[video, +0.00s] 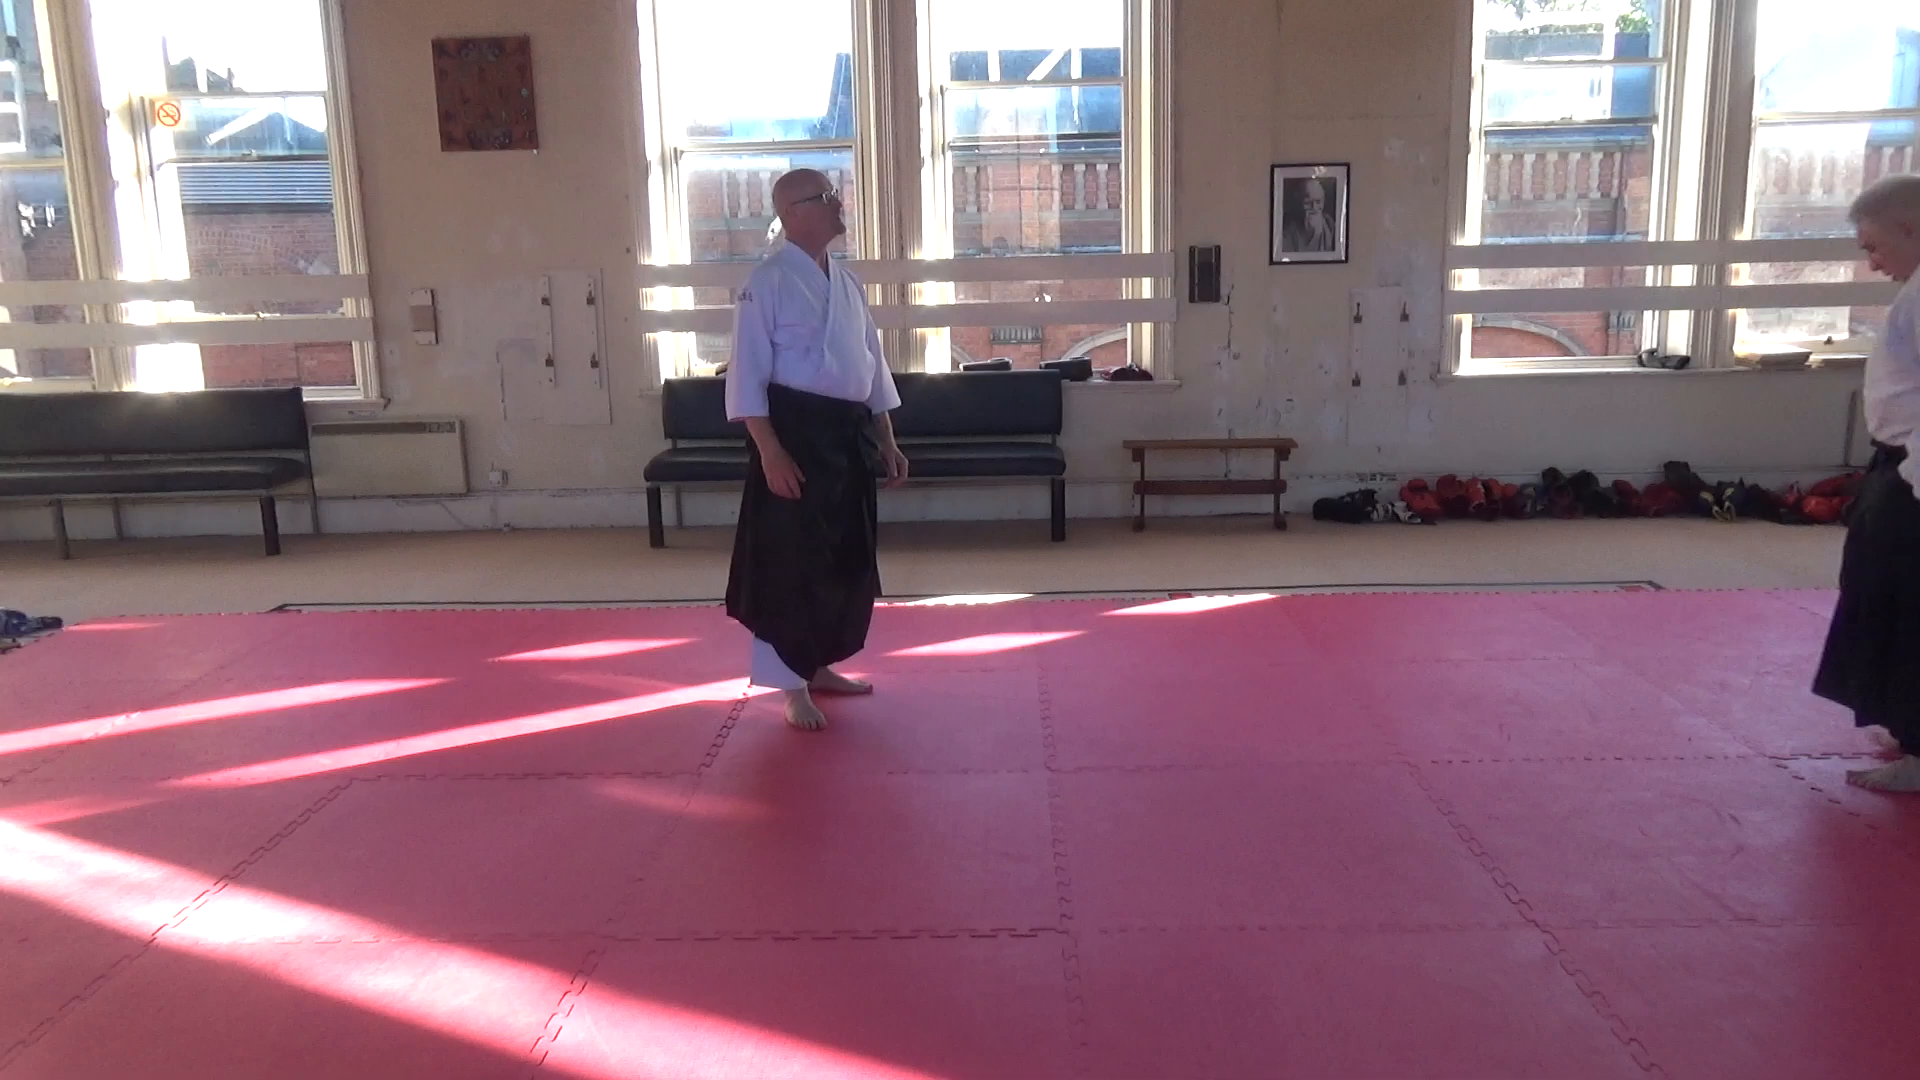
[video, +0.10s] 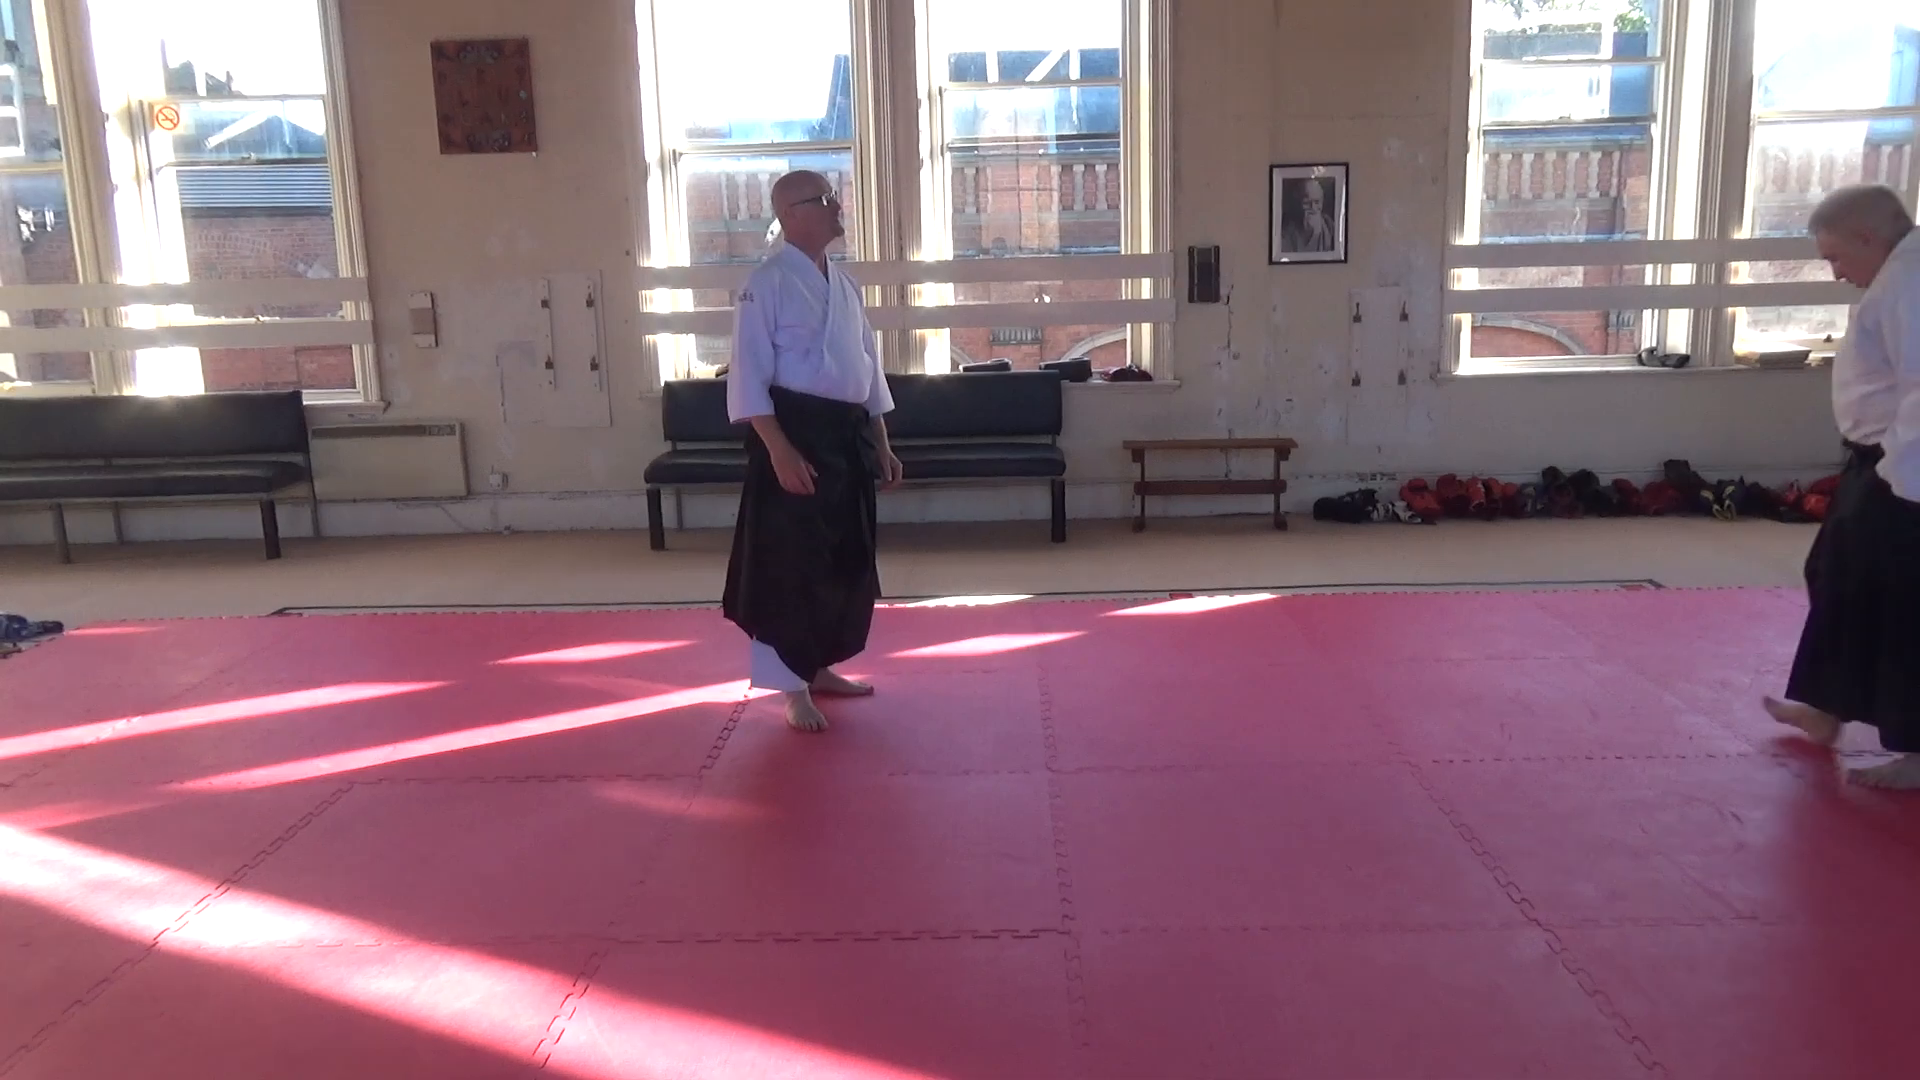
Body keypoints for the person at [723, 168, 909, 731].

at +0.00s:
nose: (838, 204)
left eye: (836, 195)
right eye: (823, 197)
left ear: (829, 210)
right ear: (789, 214)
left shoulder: (847, 280)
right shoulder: (768, 278)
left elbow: (871, 360)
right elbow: (745, 374)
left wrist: (887, 437)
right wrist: (769, 448)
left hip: (847, 427)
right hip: (795, 426)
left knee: (839, 548)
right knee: (792, 553)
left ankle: (817, 664)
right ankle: (793, 683)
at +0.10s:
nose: (837, 206)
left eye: (835, 197)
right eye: (822, 200)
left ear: (825, 211)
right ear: (789, 215)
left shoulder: (844, 282)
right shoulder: (768, 279)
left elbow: (867, 362)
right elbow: (747, 375)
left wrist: (882, 440)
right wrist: (778, 448)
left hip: (847, 429)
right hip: (793, 431)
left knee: (839, 550)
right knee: (790, 556)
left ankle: (818, 667)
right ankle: (793, 685)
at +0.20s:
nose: (841, 204)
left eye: (838, 195)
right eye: (826, 197)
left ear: (815, 210)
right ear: (792, 211)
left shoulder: (842, 280)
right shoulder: (771, 276)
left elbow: (863, 364)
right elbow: (752, 375)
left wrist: (875, 439)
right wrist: (784, 446)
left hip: (844, 427)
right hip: (793, 429)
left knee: (839, 548)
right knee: (791, 554)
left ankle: (819, 664)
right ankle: (793, 683)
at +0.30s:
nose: (842, 205)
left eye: (840, 196)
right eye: (828, 198)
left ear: (814, 211)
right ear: (795, 212)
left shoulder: (840, 279)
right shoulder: (772, 277)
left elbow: (858, 367)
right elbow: (754, 379)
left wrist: (872, 445)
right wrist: (784, 452)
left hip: (845, 429)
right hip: (795, 432)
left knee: (839, 550)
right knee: (793, 557)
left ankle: (822, 666)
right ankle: (797, 685)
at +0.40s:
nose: (843, 208)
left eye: (840, 199)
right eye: (828, 201)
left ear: (813, 214)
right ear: (795, 215)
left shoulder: (837, 284)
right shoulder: (773, 281)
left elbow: (851, 372)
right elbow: (753, 379)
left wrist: (866, 449)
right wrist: (778, 455)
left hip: (842, 431)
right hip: (794, 433)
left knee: (839, 554)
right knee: (793, 559)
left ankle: (822, 669)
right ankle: (797, 687)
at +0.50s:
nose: (844, 209)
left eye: (841, 200)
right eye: (830, 202)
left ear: (811, 216)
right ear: (797, 216)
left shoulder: (836, 284)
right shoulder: (773, 282)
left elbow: (848, 372)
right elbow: (752, 379)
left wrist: (864, 451)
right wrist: (774, 458)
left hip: (842, 432)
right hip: (794, 434)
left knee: (840, 554)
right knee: (793, 560)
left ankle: (824, 669)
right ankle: (798, 689)